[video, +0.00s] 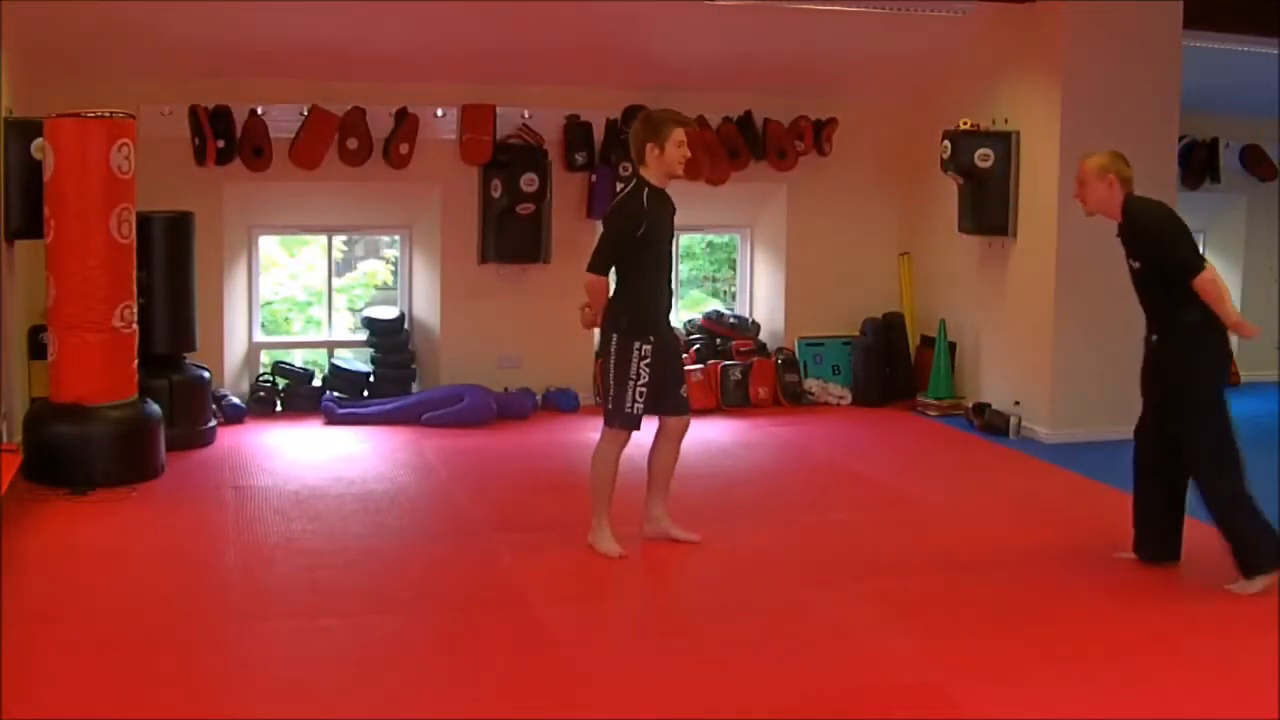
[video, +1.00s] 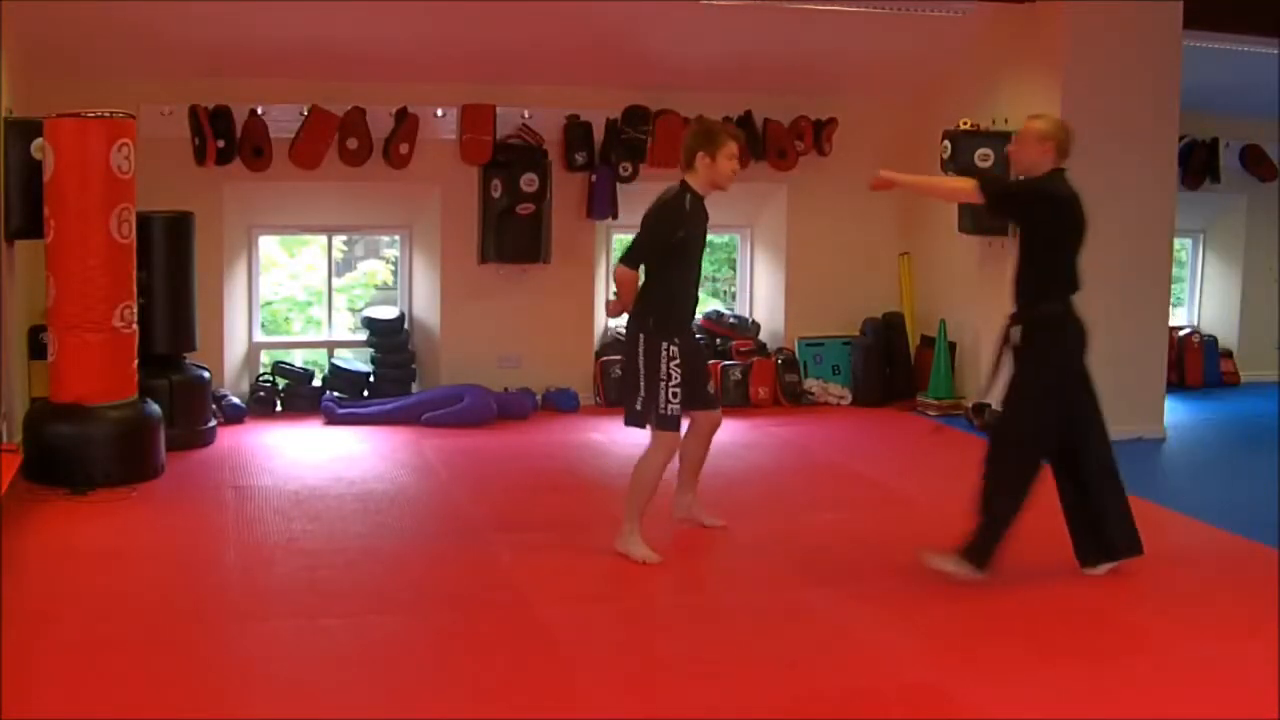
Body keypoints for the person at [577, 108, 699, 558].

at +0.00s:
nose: (687, 153)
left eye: (687, 145)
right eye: (679, 145)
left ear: (661, 152)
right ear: (652, 150)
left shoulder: (663, 201)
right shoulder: (632, 202)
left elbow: (642, 271)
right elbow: (595, 277)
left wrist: (603, 309)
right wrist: (601, 312)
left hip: (659, 329)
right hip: (628, 329)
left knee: (676, 420)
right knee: (618, 429)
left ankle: (656, 517)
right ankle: (599, 527)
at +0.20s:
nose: (691, 151)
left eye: (691, 144)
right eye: (683, 144)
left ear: (669, 151)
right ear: (656, 150)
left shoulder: (669, 199)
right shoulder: (640, 199)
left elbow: (653, 267)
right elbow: (611, 275)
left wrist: (617, 301)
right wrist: (611, 306)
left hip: (671, 329)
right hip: (640, 329)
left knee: (673, 425)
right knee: (631, 428)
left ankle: (656, 519)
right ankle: (600, 524)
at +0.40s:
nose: (701, 151)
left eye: (701, 144)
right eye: (693, 144)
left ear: (681, 151)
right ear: (666, 149)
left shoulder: (678, 199)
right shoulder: (650, 198)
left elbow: (663, 266)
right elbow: (623, 274)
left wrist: (624, 297)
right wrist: (618, 303)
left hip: (678, 328)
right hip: (651, 329)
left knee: (675, 426)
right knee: (647, 431)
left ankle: (656, 518)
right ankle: (602, 520)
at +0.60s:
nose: (709, 152)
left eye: (709, 144)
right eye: (701, 144)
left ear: (689, 151)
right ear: (673, 149)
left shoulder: (687, 199)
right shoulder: (655, 196)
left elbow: (668, 264)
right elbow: (620, 269)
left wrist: (631, 297)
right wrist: (622, 301)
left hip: (678, 326)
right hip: (655, 328)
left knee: (677, 426)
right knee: (663, 431)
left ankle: (657, 517)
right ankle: (621, 522)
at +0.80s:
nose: (717, 161)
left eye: (717, 153)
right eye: (709, 153)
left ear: (691, 158)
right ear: (682, 156)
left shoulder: (687, 206)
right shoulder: (659, 204)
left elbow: (663, 274)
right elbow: (620, 281)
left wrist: (625, 305)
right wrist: (618, 311)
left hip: (677, 333)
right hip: (651, 335)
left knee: (713, 420)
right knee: (659, 437)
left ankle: (668, 501)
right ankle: (628, 533)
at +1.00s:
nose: (738, 168)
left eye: (739, 160)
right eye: (732, 159)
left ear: (707, 161)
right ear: (703, 158)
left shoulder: (697, 206)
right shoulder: (672, 204)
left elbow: (666, 266)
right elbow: (625, 268)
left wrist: (631, 298)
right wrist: (626, 301)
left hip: (680, 333)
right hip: (656, 334)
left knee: (708, 417)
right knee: (666, 438)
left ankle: (685, 504)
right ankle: (629, 532)